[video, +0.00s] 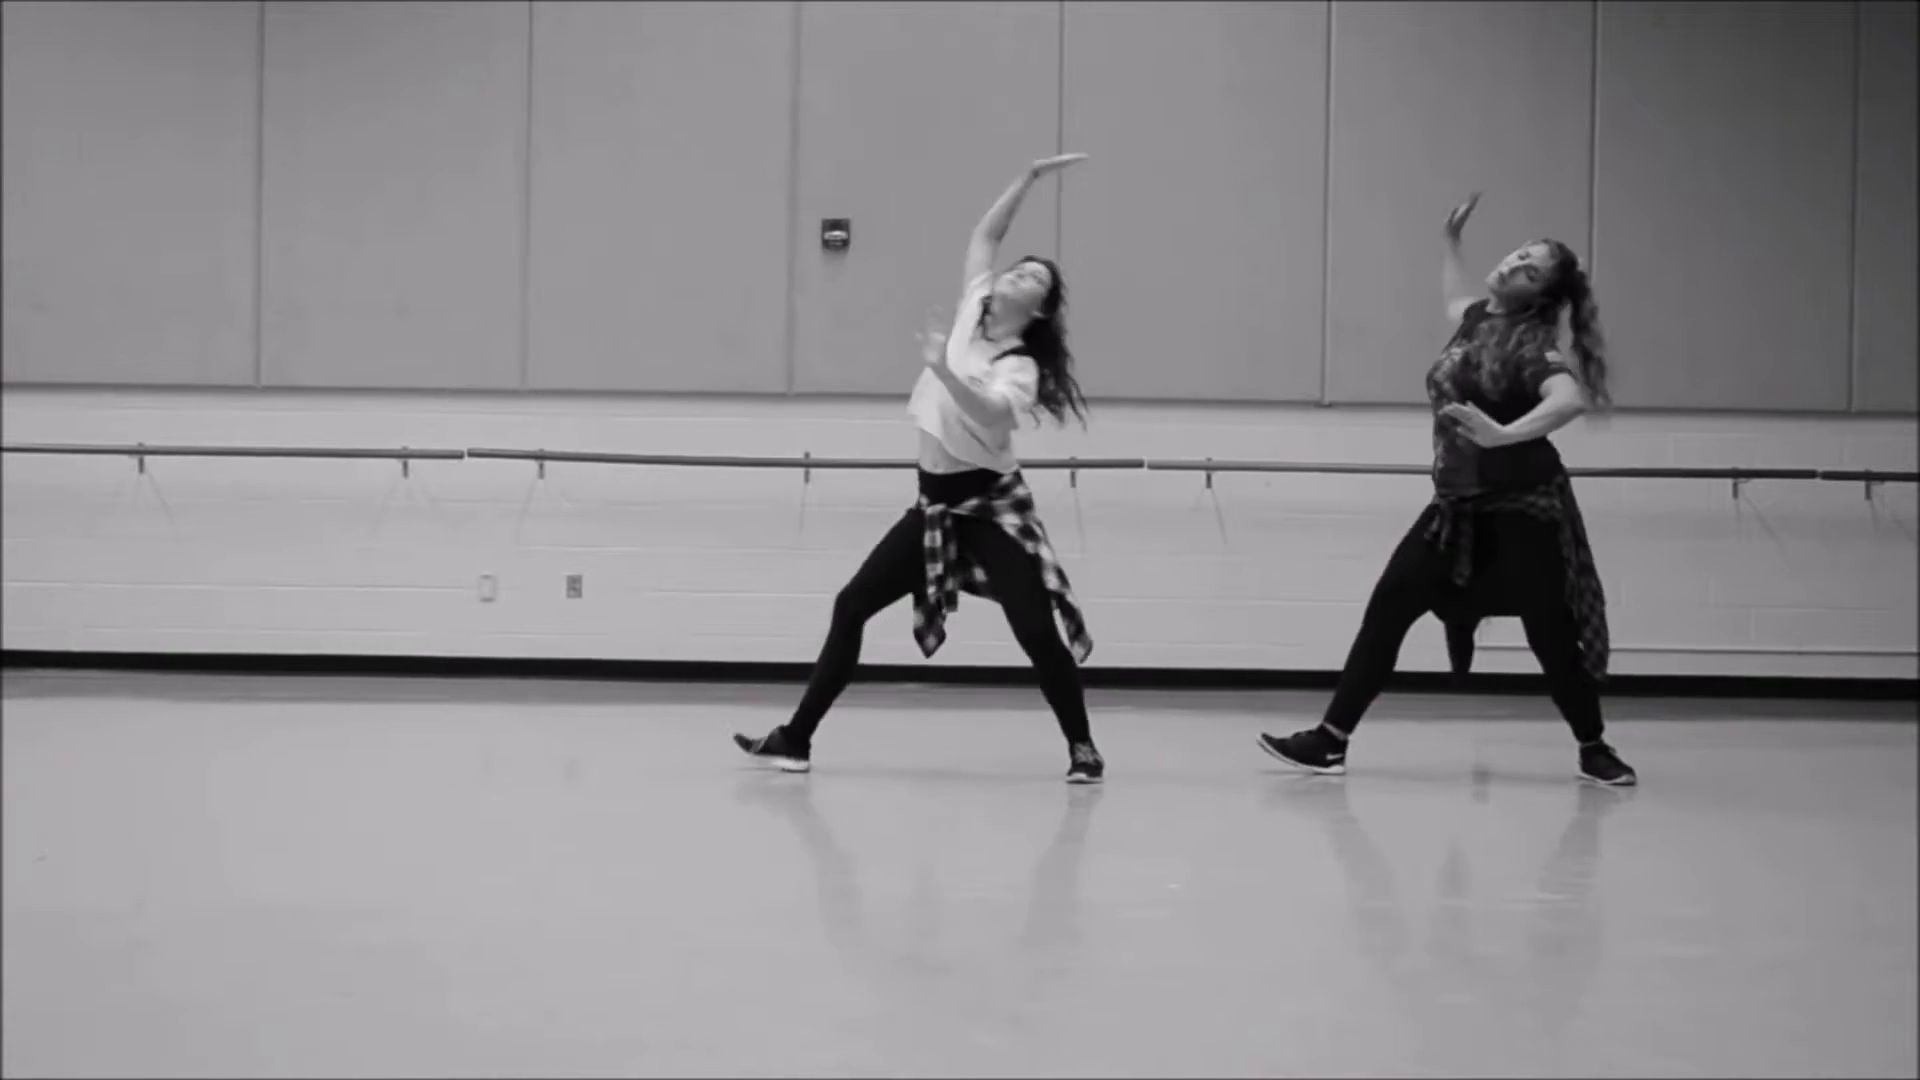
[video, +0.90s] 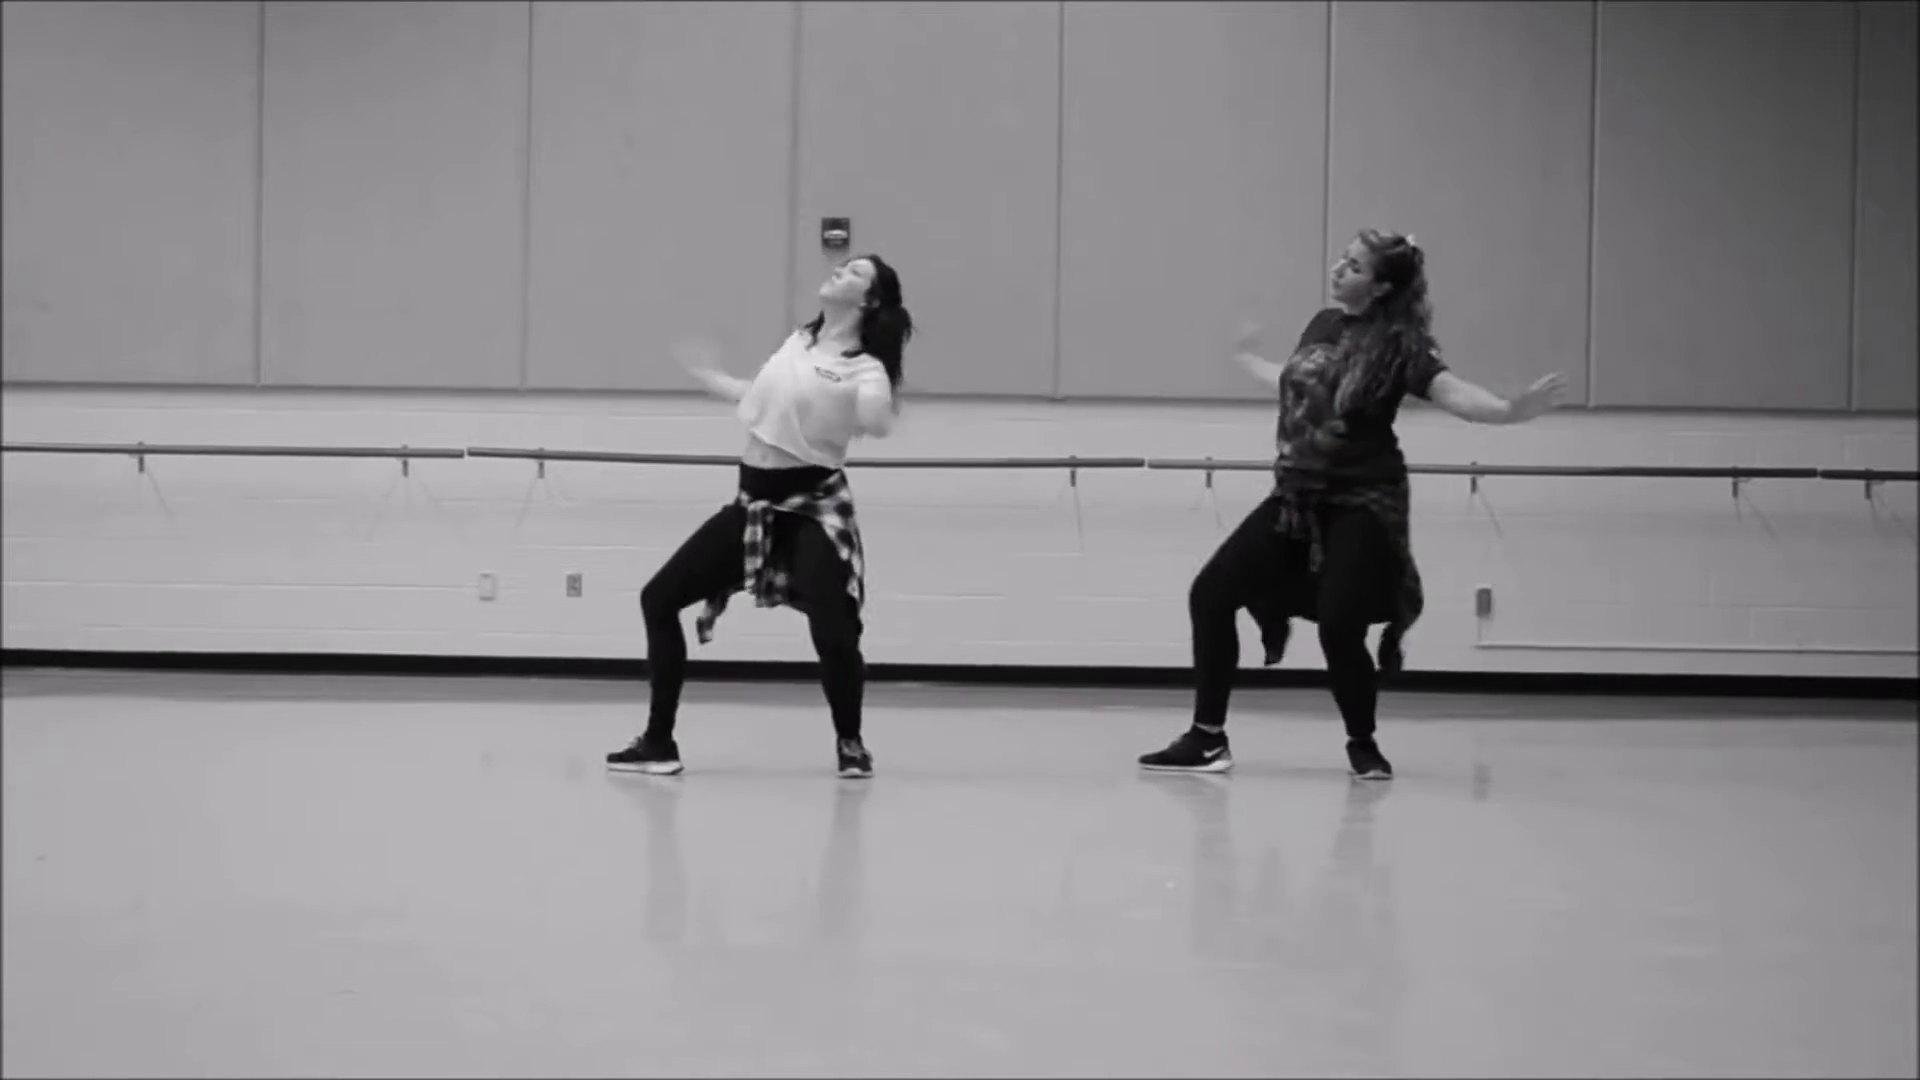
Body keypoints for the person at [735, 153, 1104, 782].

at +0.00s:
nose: (1018, 274)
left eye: (1034, 278)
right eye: (1018, 269)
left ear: (1040, 311)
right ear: (997, 282)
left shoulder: (1022, 367)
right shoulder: (969, 315)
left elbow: (996, 420)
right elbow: (985, 237)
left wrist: (942, 368)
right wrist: (1027, 176)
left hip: (992, 509)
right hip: (934, 509)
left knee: (1036, 634)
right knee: (852, 604)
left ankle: (1082, 749)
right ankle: (795, 738)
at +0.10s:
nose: (987, 273)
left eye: (1003, 275)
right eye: (989, 267)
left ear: (1010, 308)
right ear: (971, 286)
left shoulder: (991, 364)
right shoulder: (945, 330)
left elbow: (980, 411)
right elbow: (949, 280)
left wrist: (942, 380)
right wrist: (959, 230)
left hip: (977, 519)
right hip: (917, 517)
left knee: (1026, 635)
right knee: (826, 603)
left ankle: (1081, 746)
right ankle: (791, 738)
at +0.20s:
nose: (946, 273)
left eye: (962, 273)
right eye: (948, 266)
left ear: (971, 303)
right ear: (933, 284)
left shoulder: (963, 362)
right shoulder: (907, 342)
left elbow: (973, 407)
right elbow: (901, 317)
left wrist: (946, 384)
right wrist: (906, 293)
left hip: (950, 516)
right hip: (893, 518)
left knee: (1012, 637)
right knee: (795, 600)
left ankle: (1077, 745)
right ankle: (788, 739)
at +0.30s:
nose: (904, 267)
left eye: (920, 268)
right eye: (909, 261)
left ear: (930, 299)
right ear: (894, 284)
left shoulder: (918, 359)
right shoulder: (870, 340)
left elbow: (942, 405)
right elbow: (863, 336)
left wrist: (955, 380)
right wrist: (859, 314)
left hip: (912, 511)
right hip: (859, 513)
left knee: (981, 627)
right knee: (766, 602)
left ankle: (1054, 735)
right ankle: (784, 741)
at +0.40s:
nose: (870, 266)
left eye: (886, 265)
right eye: (873, 260)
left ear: (902, 295)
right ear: (862, 281)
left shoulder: (901, 361)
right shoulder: (841, 337)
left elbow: (927, 398)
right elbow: (830, 325)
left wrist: (954, 393)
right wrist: (826, 313)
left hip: (884, 509)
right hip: (826, 509)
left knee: (916, 598)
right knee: (746, 607)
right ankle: (782, 741)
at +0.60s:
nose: (845, 260)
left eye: (860, 258)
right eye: (848, 254)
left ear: (880, 288)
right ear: (838, 276)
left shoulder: (885, 355)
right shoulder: (819, 333)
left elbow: (916, 393)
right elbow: (806, 356)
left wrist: (957, 389)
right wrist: (795, 335)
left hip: (848, 508)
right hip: (789, 501)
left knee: (843, 631)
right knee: (690, 578)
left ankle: (850, 743)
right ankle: (730, 705)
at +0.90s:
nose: (837, 271)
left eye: (853, 272)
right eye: (841, 265)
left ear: (869, 303)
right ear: (831, 286)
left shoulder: (865, 368)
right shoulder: (798, 340)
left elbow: (875, 421)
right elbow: (769, 400)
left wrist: (876, 396)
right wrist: (717, 382)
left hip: (814, 510)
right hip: (752, 507)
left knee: (835, 628)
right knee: (659, 599)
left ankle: (850, 743)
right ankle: (658, 740)